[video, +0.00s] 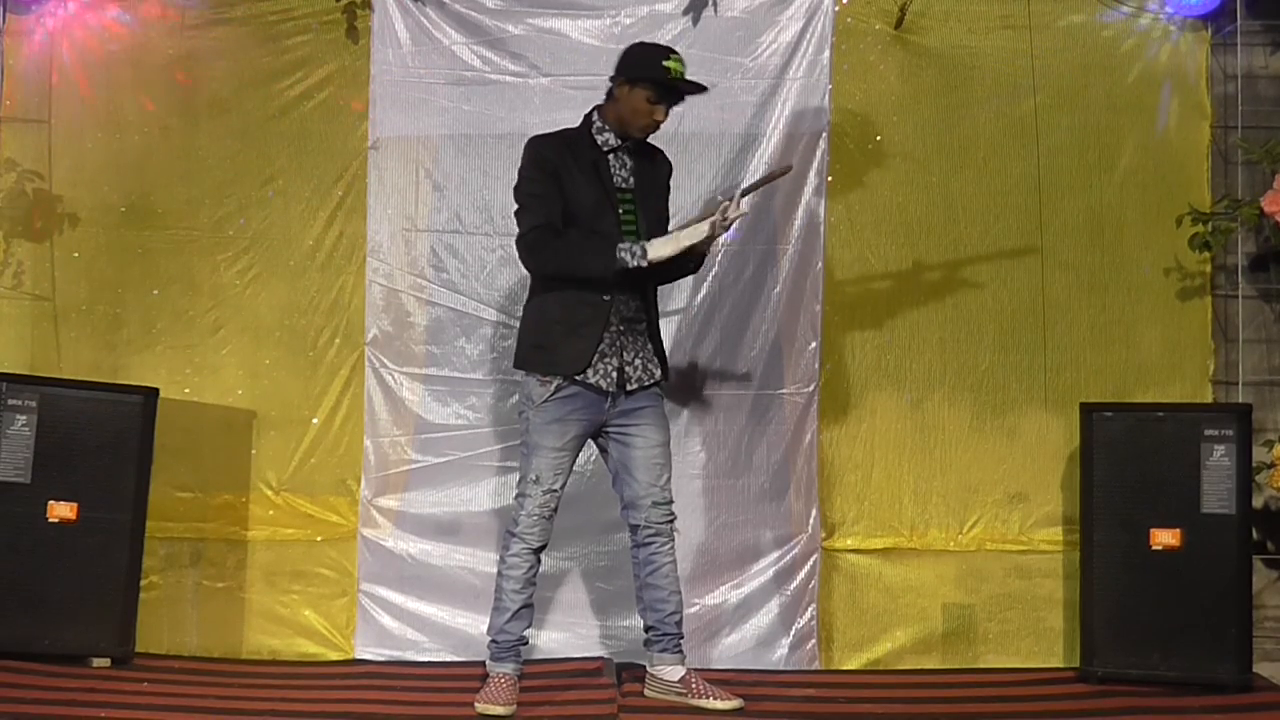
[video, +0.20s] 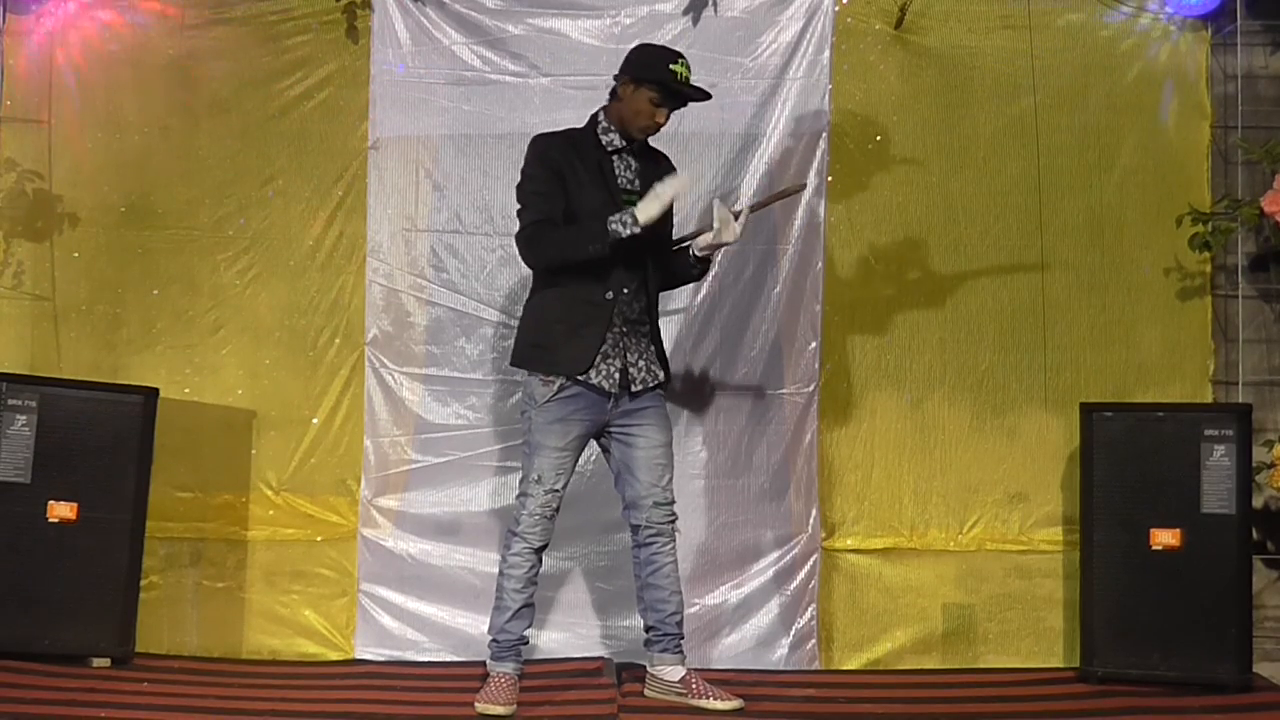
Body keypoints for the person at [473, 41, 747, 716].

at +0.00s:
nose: (664, 115)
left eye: (669, 105)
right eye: (656, 101)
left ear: (661, 105)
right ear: (620, 89)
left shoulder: (654, 167)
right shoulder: (549, 152)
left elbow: (647, 269)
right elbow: (538, 252)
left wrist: (701, 244)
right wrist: (632, 254)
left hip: (637, 376)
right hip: (561, 375)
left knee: (654, 519)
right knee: (531, 523)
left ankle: (667, 669)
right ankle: (503, 669)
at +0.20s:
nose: (665, 116)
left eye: (672, 107)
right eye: (658, 101)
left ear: (667, 109)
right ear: (621, 90)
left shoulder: (658, 173)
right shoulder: (553, 151)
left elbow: (651, 274)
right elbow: (537, 247)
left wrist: (702, 250)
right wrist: (628, 223)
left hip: (640, 375)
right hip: (566, 372)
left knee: (655, 519)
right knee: (533, 521)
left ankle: (667, 669)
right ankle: (503, 668)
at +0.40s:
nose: (660, 117)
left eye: (665, 106)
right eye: (652, 103)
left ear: (655, 106)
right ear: (614, 91)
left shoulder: (651, 167)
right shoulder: (546, 153)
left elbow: (646, 270)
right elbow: (537, 252)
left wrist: (694, 252)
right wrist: (622, 210)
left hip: (638, 374)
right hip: (562, 373)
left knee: (654, 519)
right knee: (532, 523)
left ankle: (666, 670)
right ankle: (503, 670)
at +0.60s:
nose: (671, 125)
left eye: (680, 115)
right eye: (665, 109)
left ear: (675, 114)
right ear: (631, 93)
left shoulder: (657, 171)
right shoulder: (555, 151)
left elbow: (645, 273)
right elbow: (537, 250)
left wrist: (699, 247)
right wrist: (631, 261)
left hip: (638, 374)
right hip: (564, 372)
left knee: (654, 518)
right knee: (533, 521)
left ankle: (666, 670)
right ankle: (502, 669)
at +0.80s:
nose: (631, 96)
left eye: (646, 90)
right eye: (625, 80)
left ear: (659, 101)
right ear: (606, 79)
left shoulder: (660, 174)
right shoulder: (550, 152)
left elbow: (653, 275)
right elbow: (533, 250)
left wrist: (700, 248)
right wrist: (624, 226)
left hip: (639, 373)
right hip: (562, 370)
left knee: (655, 519)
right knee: (533, 520)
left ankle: (667, 669)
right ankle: (503, 668)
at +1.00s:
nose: (610, 89)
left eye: (626, 81)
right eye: (602, 76)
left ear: (644, 93)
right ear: (587, 80)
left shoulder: (656, 169)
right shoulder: (546, 154)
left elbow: (651, 271)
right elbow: (535, 254)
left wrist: (702, 252)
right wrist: (615, 219)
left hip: (639, 373)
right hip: (562, 372)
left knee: (656, 518)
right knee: (532, 521)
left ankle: (666, 668)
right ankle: (503, 669)